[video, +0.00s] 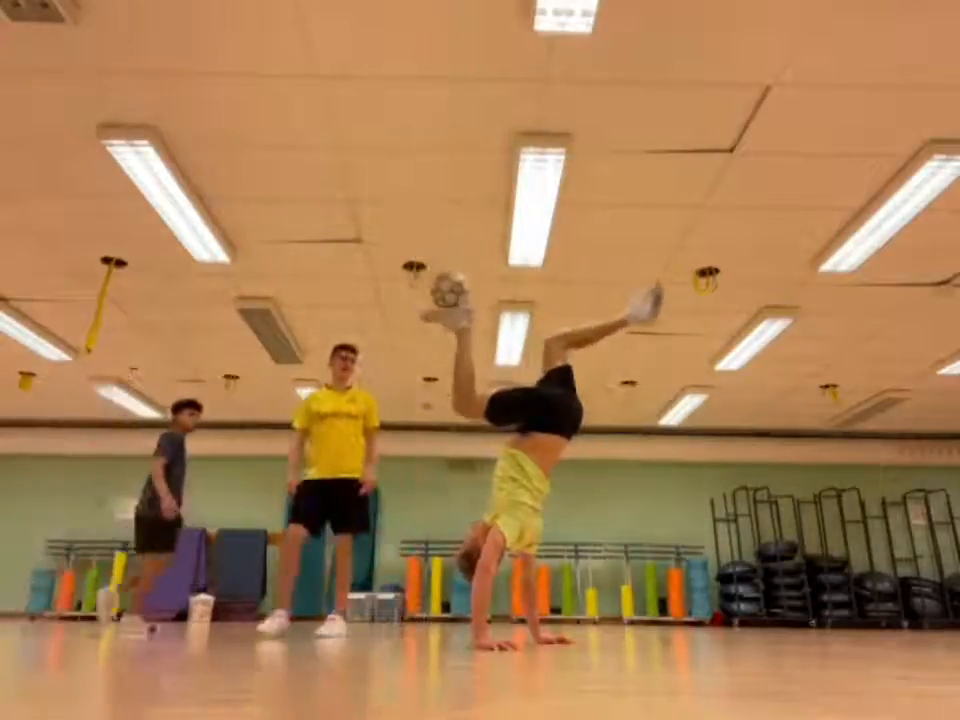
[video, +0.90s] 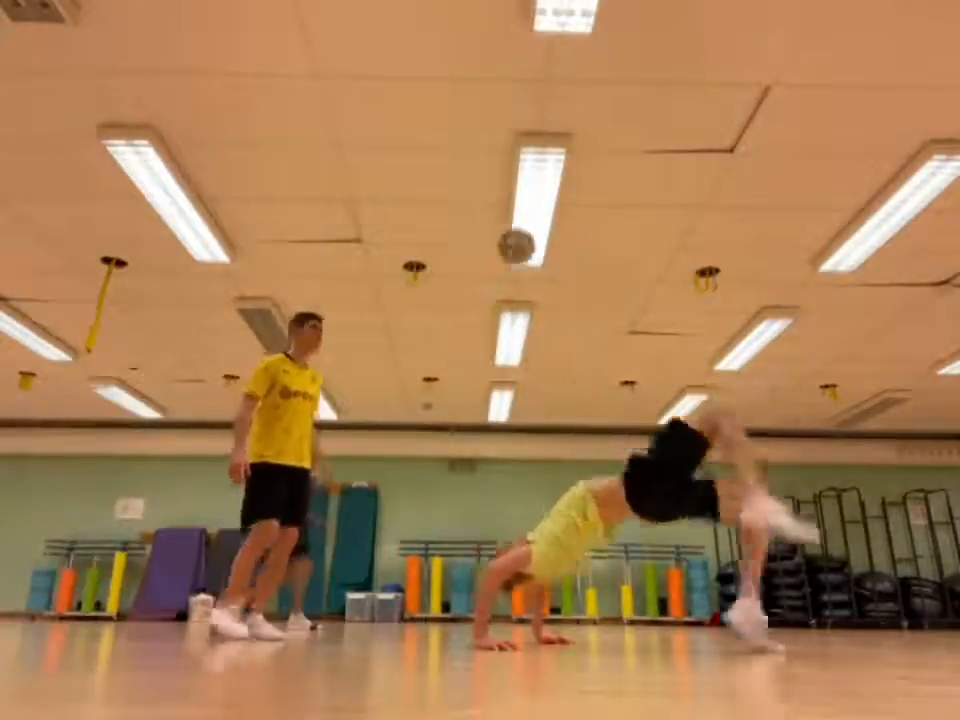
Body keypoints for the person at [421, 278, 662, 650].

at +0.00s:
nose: (472, 535)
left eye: (468, 540)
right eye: (474, 541)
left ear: (475, 550)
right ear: (482, 550)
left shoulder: (526, 539)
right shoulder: (499, 531)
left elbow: (528, 586)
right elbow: (484, 574)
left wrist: (536, 631)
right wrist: (481, 634)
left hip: (565, 416)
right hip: (546, 417)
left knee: (555, 344)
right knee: (466, 406)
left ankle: (630, 318)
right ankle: (463, 328)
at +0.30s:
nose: (478, 527)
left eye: (473, 532)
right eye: (479, 534)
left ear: (483, 551)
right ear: (485, 543)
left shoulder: (530, 541)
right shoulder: (504, 534)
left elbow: (530, 590)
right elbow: (483, 578)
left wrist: (537, 634)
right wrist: (480, 637)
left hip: (579, 422)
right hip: (557, 421)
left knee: (603, 350)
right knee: (477, 412)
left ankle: (687, 333)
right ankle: (480, 338)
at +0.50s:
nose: (482, 542)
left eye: (480, 545)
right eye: (481, 543)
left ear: (482, 550)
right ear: (484, 544)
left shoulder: (530, 541)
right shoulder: (509, 534)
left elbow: (530, 588)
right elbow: (482, 576)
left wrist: (536, 632)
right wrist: (480, 635)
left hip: (598, 436)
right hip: (582, 432)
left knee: (634, 367)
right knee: (515, 382)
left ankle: (714, 359)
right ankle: (527, 301)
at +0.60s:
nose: (488, 525)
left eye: (486, 534)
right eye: (487, 533)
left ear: (490, 546)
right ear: (490, 540)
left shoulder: (530, 538)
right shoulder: (514, 532)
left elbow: (535, 586)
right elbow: (486, 574)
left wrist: (537, 632)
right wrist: (480, 637)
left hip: (604, 438)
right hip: (596, 436)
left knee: (655, 374)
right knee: (538, 362)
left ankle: (736, 390)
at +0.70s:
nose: (495, 524)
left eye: (494, 536)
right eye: (494, 531)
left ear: (495, 550)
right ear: (497, 537)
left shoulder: (535, 539)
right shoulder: (519, 534)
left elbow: (535, 586)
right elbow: (485, 579)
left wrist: (537, 630)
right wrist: (479, 637)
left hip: (618, 452)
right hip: (609, 441)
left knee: (683, 394)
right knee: (576, 353)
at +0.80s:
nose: (501, 528)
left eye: (497, 532)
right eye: (498, 533)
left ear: (501, 550)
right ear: (501, 546)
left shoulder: (539, 544)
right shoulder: (523, 541)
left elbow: (537, 582)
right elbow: (487, 573)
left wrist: (538, 632)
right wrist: (480, 636)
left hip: (633, 472)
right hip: (624, 461)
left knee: (702, 442)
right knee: (638, 365)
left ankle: (760, 524)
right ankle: (712, 392)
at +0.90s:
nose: (510, 563)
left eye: (508, 563)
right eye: (508, 560)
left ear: (515, 567)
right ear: (516, 557)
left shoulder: (549, 561)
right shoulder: (540, 548)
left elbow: (537, 588)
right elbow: (491, 576)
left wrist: (539, 629)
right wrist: (480, 637)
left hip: (651, 504)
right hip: (648, 479)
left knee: (751, 507)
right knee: (719, 414)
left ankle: (748, 606)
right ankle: (755, 494)